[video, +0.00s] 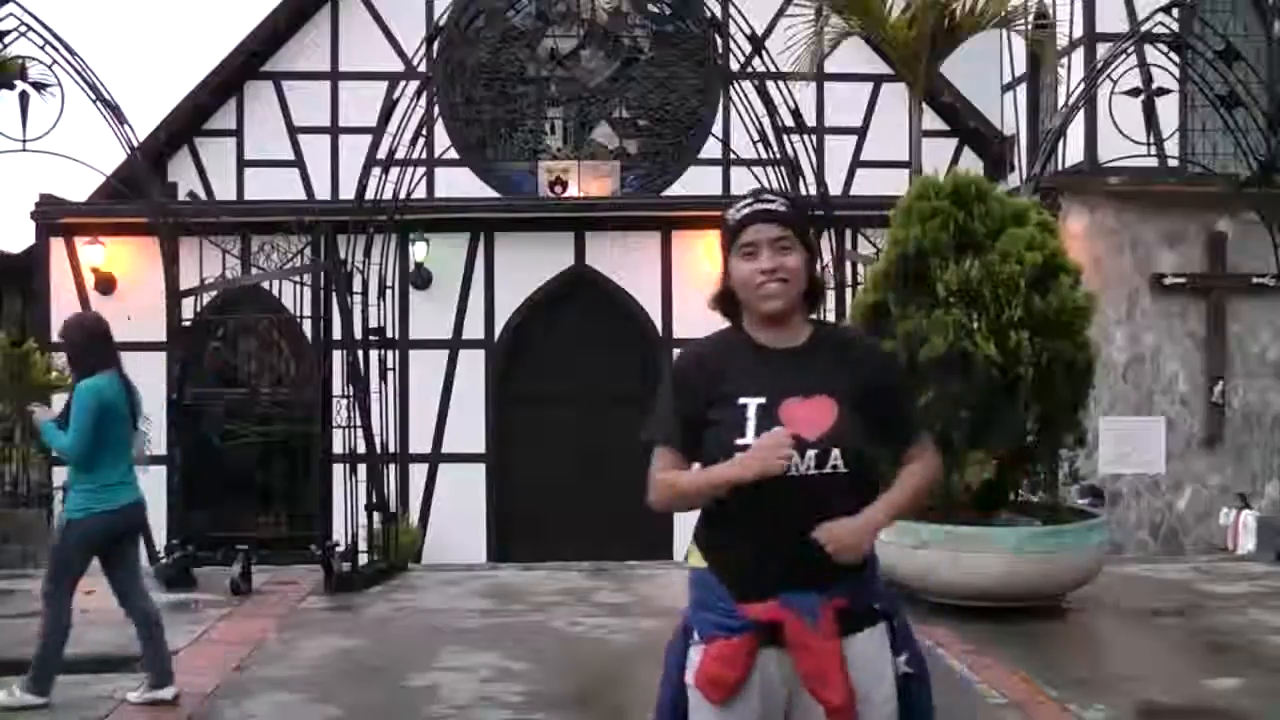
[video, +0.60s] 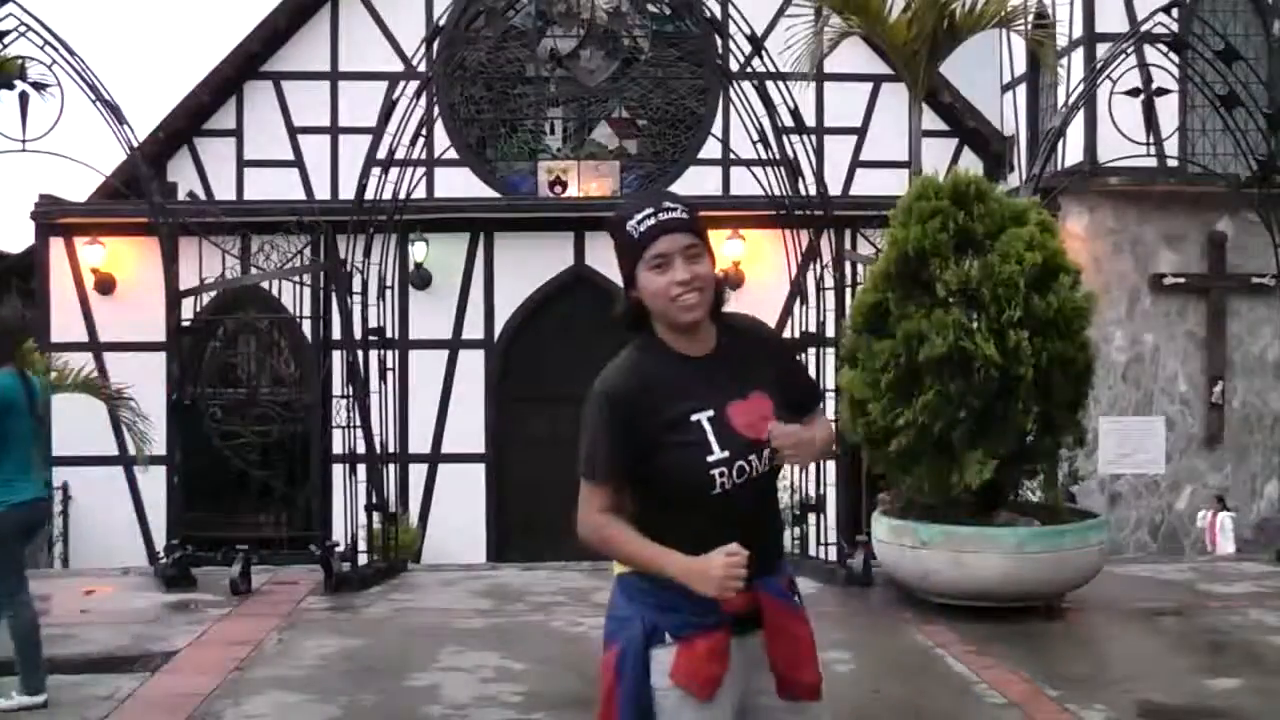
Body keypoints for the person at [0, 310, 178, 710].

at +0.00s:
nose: (64, 355)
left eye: (66, 348)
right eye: (63, 348)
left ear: (79, 350)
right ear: (105, 345)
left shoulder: (88, 391)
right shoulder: (123, 387)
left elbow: (72, 451)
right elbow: (118, 447)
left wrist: (43, 425)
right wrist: (61, 422)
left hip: (89, 514)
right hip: (126, 508)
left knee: (56, 594)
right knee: (134, 595)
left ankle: (37, 685)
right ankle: (162, 680)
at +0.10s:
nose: (48, 358)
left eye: (51, 350)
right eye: (47, 350)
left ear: (66, 350)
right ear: (87, 347)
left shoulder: (71, 392)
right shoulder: (103, 386)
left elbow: (57, 454)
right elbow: (97, 445)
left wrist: (27, 426)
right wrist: (41, 423)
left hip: (69, 514)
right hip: (106, 508)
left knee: (39, 595)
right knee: (113, 591)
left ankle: (33, 688)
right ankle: (158, 674)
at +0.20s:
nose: (26, 348)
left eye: (29, 342)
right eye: (29, 341)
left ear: (36, 345)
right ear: (65, 341)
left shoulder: (44, 387)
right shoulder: (79, 382)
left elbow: (33, 449)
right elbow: (69, 438)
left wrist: (6, 427)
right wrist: (21, 417)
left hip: (46, 509)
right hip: (83, 502)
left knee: (31, 595)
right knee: (70, 590)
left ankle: (33, 687)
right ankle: (129, 654)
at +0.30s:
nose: (7, 350)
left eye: (10, 343)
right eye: (9, 342)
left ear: (20, 345)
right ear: (48, 339)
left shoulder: (29, 385)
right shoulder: (68, 380)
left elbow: (19, 448)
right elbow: (68, 436)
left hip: (36, 507)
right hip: (70, 500)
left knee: (29, 595)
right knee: (47, 584)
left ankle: (33, 687)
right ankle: (94, 650)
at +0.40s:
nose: (1, 348)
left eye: (4, 340)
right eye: (5, 339)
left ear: (9, 342)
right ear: (37, 338)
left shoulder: (15, 385)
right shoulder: (57, 379)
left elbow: (8, 446)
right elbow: (57, 434)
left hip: (25, 502)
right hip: (59, 496)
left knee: (23, 588)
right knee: (27, 582)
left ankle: (36, 684)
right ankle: (51, 663)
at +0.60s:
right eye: (21, 339)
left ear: (1, 343)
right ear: (21, 343)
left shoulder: (11, 383)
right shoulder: (33, 383)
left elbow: (35, 440)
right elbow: (41, 439)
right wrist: (41, 486)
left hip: (13, 501)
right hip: (36, 498)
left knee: (14, 592)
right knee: (13, 589)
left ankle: (33, 684)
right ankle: (31, 682)